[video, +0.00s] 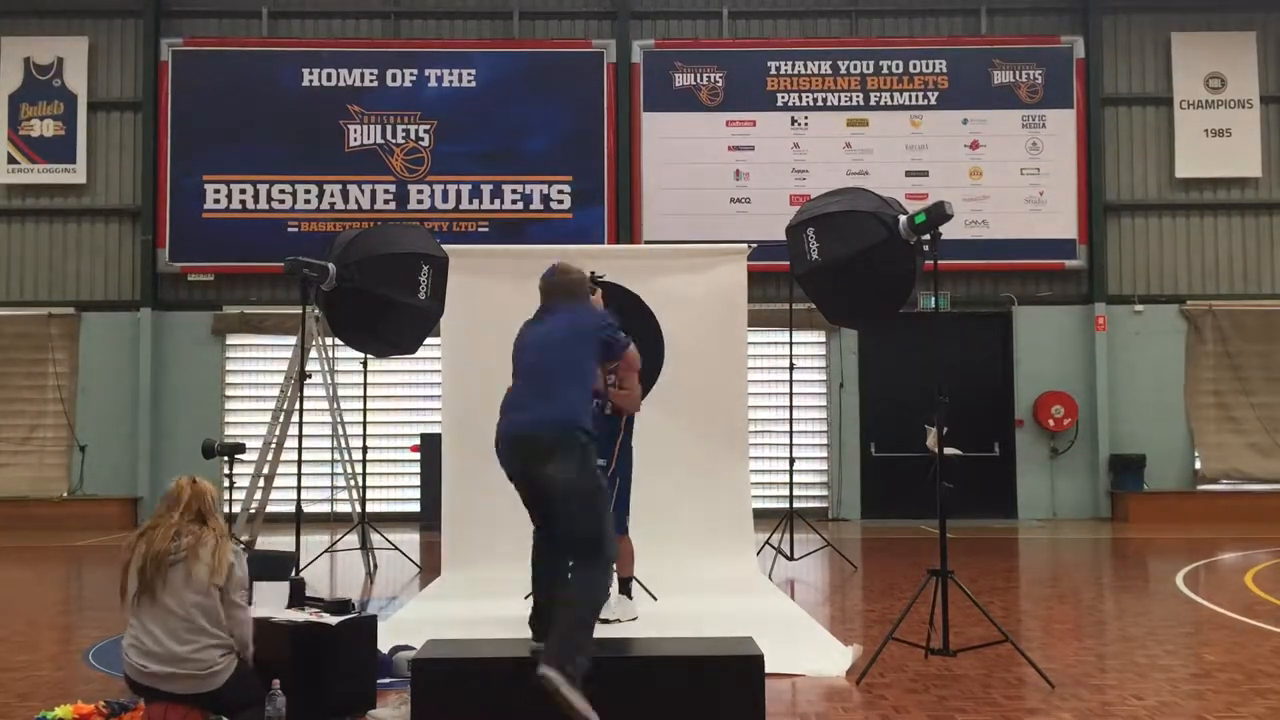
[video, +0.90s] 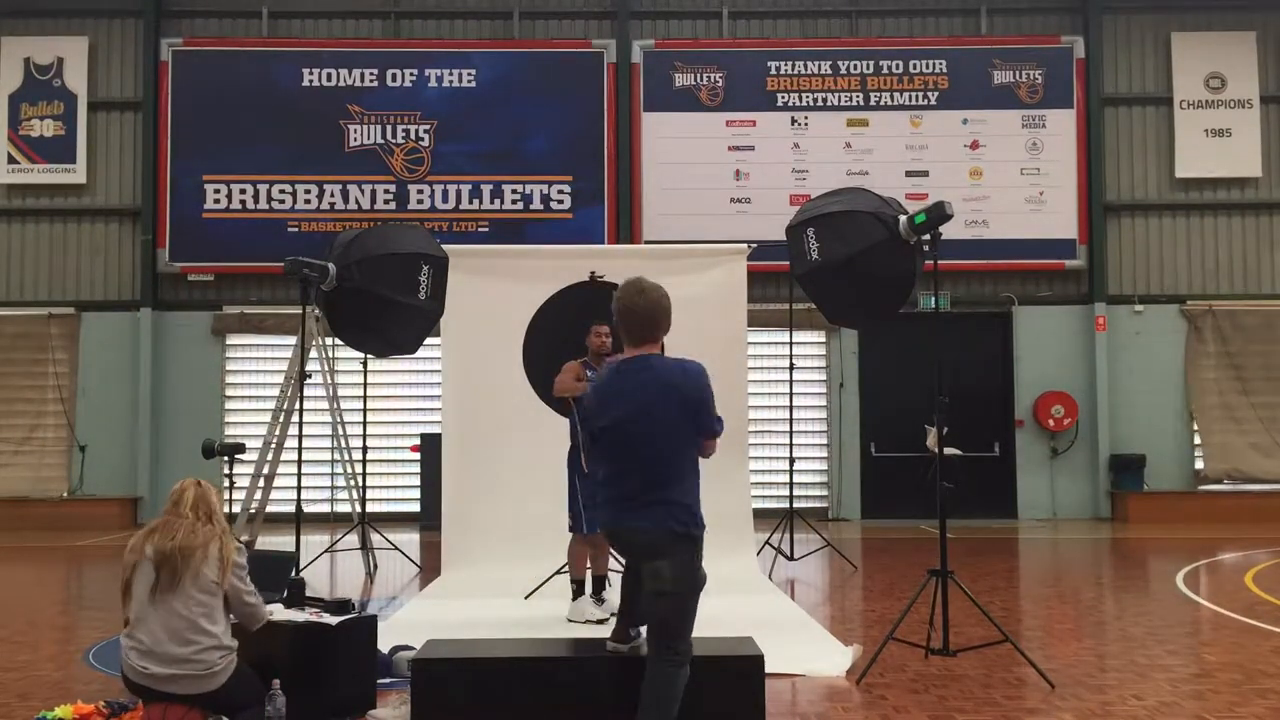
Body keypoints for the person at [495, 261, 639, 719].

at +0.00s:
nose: (598, 299)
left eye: (594, 292)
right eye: (594, 293)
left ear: (546, 297)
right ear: (587, 296)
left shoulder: (528, 330)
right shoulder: (595, 319)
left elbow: (543, 378)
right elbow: (629, 357)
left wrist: (597, 382)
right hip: (562, 437)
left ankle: (545, 632)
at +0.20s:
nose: (603, 323)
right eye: (601, 317)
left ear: (554, 322)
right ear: (602, 320)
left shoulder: (535, 375)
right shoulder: (621, 360)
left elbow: (545, 435)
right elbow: (644, 418)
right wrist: (621, 358)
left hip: (546, 511)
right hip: (604, 513)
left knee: (560, 535)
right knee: (618, 633)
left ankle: (557, 631)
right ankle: (620, 716)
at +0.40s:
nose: (638, 329)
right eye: (635, 324)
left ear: (582, 328)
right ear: (633, 328)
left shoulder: (561, 379)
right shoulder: (645, 367)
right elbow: (675, 401)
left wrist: (601, 353)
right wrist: (651, 349)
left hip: (575, 520)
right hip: (634, 524)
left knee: (585, 561)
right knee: (629, 656)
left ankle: (561, 637)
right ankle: (621, 716)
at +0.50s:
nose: (636, 330)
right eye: (634, 324)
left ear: (581, 330)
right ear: (631, 328)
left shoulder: (562, 380)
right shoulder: (645, 366)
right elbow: (673, 402)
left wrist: (598, 351)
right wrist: (647, 346)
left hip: (578, 519)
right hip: (637, 522)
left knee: (586, 564)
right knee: (634, 648)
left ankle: (561, 636)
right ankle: (623, 715)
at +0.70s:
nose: (676, 334)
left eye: (620, 329)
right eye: (675, 329)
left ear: (623, 334)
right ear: (673, 332)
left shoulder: (607, 380)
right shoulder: (687, 367)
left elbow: (598, 450)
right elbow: (713, 405)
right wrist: (690, 354)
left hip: (619, 519)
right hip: (675, 522)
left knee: (636, 562)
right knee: (670, 650)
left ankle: (624, 631)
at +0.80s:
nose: (681, 335)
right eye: (681, 329)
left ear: (630, 332)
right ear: (680, 333)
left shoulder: (612, 379)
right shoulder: (694, 369)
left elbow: (600, 448)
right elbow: (720, 406)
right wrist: (696, 354)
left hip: (621, 519)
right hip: (679, 522)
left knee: (642, 558)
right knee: (674, 650)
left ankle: (625, 630)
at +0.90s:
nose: (617, 330)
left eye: (617, 323)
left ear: (618, 327)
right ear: (667, 325)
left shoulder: (598, 391)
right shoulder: (690, 376)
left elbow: (593, 459)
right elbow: (707, 443)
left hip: (616, 524)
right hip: (673, 527)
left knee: (642, 559)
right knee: (670, 650)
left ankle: (626, 631)